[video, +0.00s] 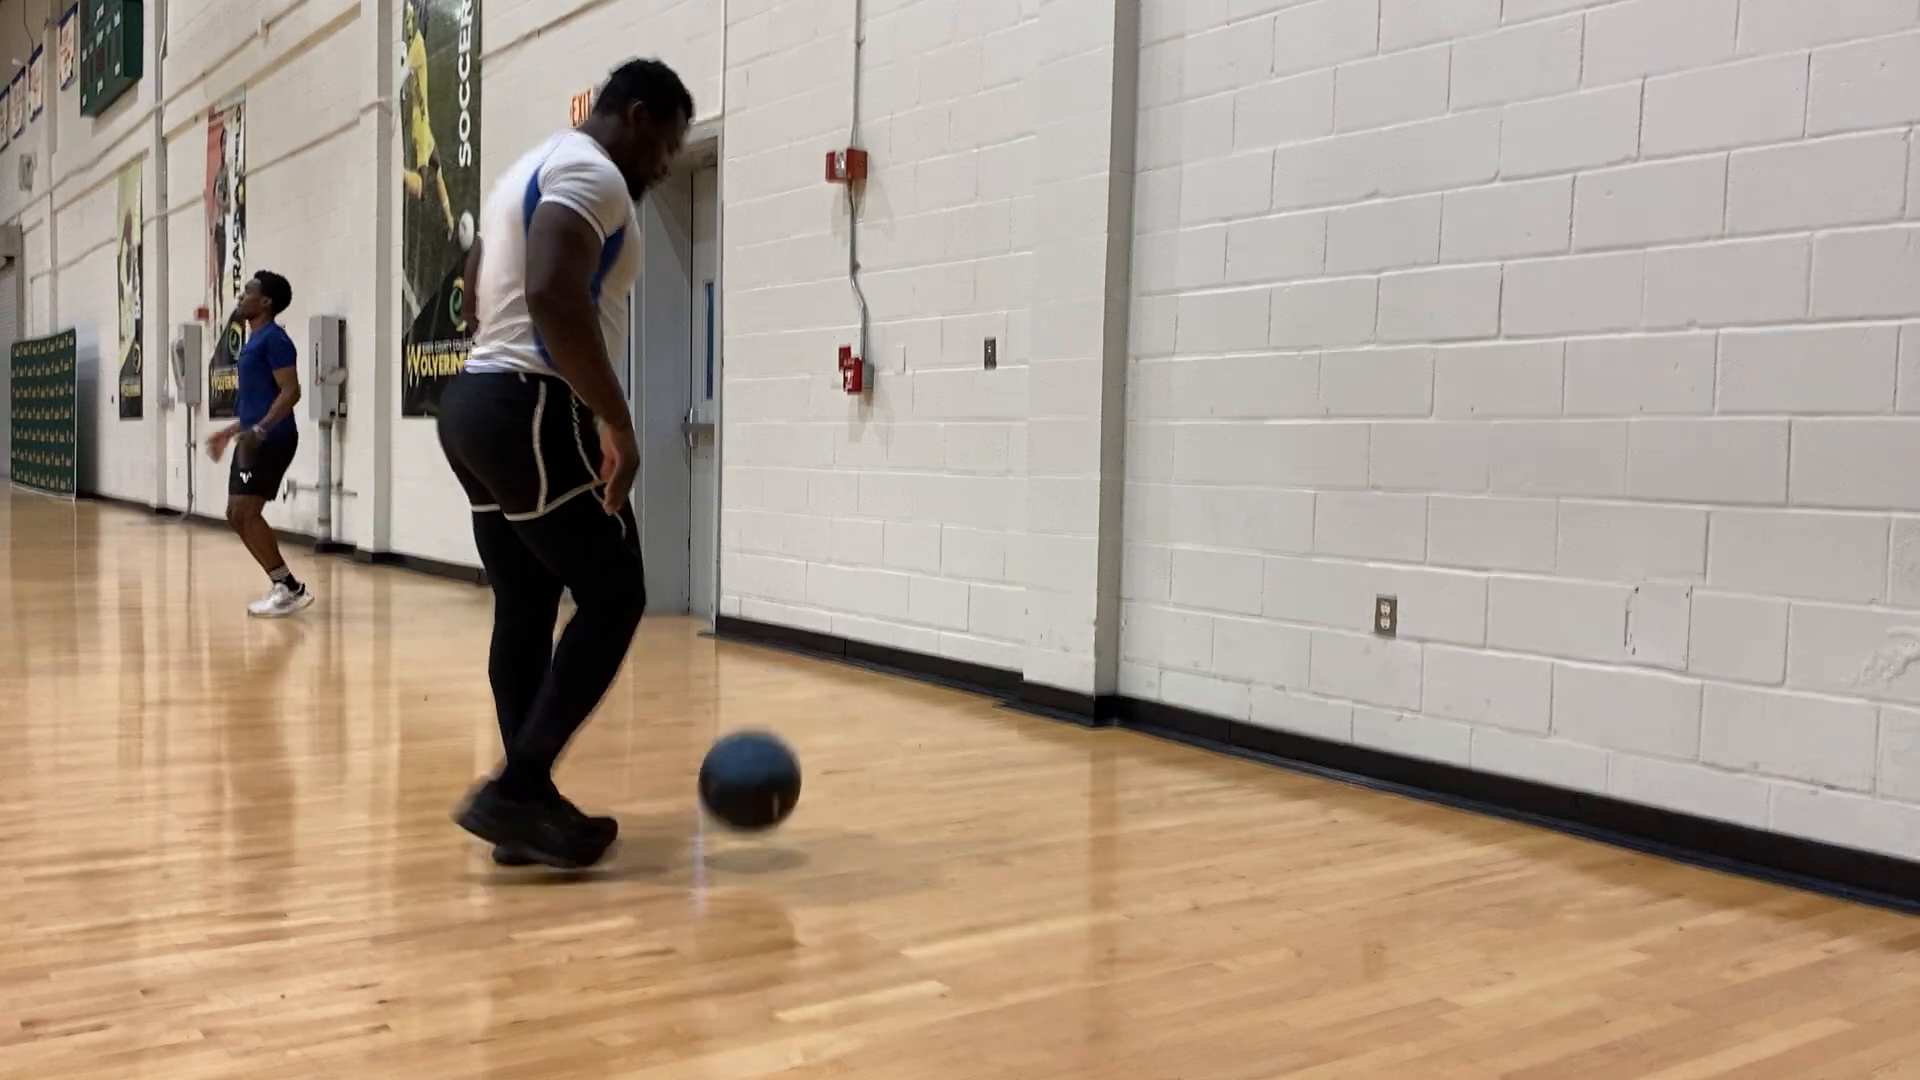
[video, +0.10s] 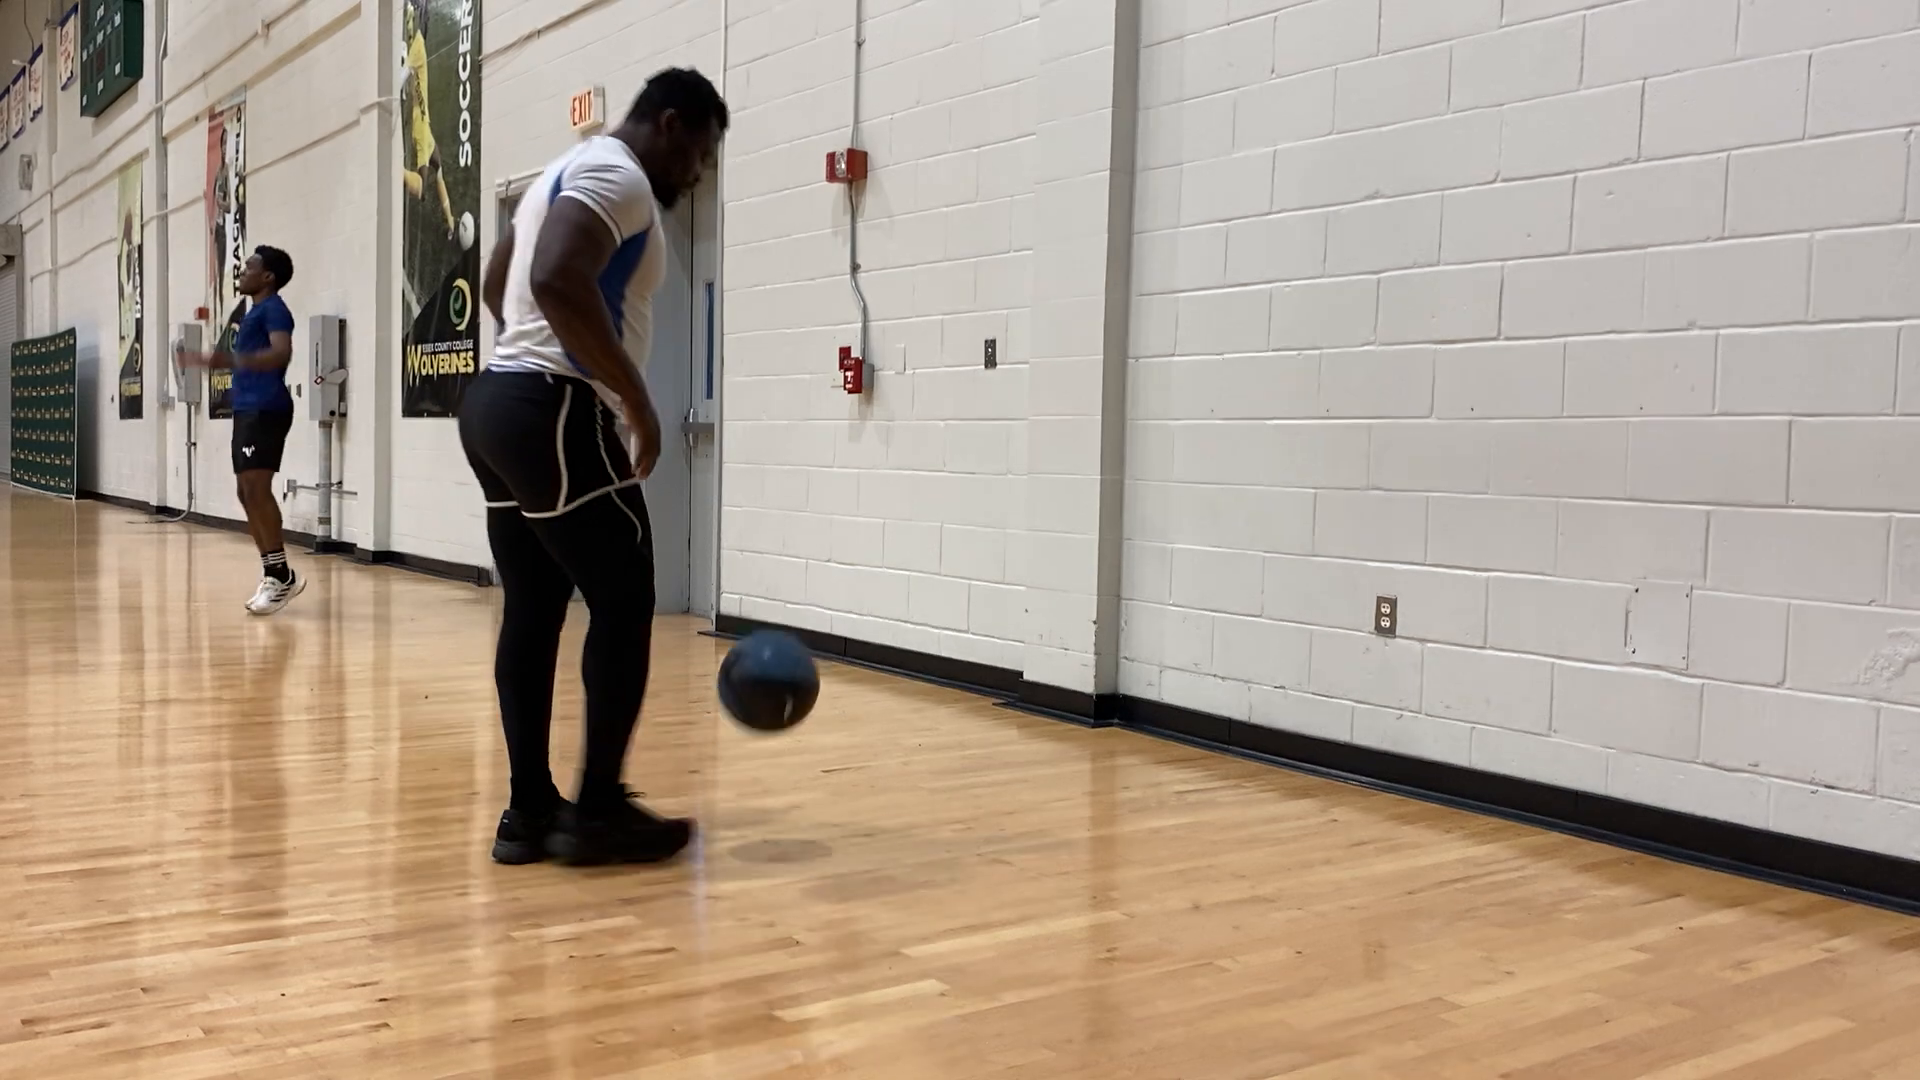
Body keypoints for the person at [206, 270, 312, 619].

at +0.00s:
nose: (240, 296)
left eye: (247, 292)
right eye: (242, 290)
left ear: (264, 302)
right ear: (260, 303)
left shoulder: (274, 339)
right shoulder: (255, 340)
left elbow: (291, 392)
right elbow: (256, 403)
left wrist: (262, 429)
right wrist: (228, 432)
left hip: (273, 435)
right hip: (255, 435)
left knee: (245, 511)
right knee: (236, 514)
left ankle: (288, 587)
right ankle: (284, 586)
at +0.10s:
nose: (241, 272)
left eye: (248, 267)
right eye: (244, 267)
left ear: (267, 276)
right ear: (262, 276)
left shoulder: (274, 309)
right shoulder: (252, 312)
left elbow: (281, 356)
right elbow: (242, 360)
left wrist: (235, 361)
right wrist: (201, 360)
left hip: (266, 410)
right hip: (248, 410)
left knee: (256, 490)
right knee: (247, 492)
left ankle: (282, 576)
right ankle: (273, 574)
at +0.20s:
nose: (239, 266)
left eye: (247, 261)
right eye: (240, 261)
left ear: (266, 271)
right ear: (252, 270)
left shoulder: (272, 297)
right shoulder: (247, 304)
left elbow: (274, 312)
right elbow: (230, 319)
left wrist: (227, 284)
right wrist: (200, 284)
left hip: (263, 401)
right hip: (243, 401)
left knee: (259, 482)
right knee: (244, 484)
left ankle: (282, 571)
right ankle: (265, 568)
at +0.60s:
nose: (227, 267)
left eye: (235, 262)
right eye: (228, 262)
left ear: (254, 272)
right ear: (234, 270)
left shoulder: (257, 303)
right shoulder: (232, 312)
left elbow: (241, 287)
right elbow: (209, 320)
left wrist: (215, 268)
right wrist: (177, 289)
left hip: (247, 403)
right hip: (228, 405)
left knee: (239, 485)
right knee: (226, 486)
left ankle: (271, 571)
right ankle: (254, 569)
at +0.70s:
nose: (218, 264)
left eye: (226, 261)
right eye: (221, 259)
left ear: (244, 272)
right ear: (234, 271)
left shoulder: (247, 302)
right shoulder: (228, 307)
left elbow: (262, 339)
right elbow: (221, 358)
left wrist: (233, 355)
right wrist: (183, 362)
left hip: (241, 402)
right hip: (226, 402)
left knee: (228, 486)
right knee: (226, 486)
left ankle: (255, 572)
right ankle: (251, 571)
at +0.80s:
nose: (210, 285)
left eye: (218, 282)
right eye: (212, 280)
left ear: (235, 294)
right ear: (223, 293)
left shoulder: (240, 328)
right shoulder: (223, 329)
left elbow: (261, 383)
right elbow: (225, 395)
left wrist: (235, 425)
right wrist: (202, 426)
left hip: (242, 425)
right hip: (226, 425)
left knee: (215, 506)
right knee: (214, 506)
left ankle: (255, 585)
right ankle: (254, 584)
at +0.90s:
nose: (203, 295)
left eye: (211, 290)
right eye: (206, 289)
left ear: (231, 303)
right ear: (223, 303)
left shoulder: (234, 340)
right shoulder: (218, 340)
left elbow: (253, 393)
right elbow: (222, 405)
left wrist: (218, 438)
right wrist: (199, 440)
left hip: (240, 438)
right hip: (227, 437)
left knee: (207, 514)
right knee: (203, 515)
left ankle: (257, 590)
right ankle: (254, 587)